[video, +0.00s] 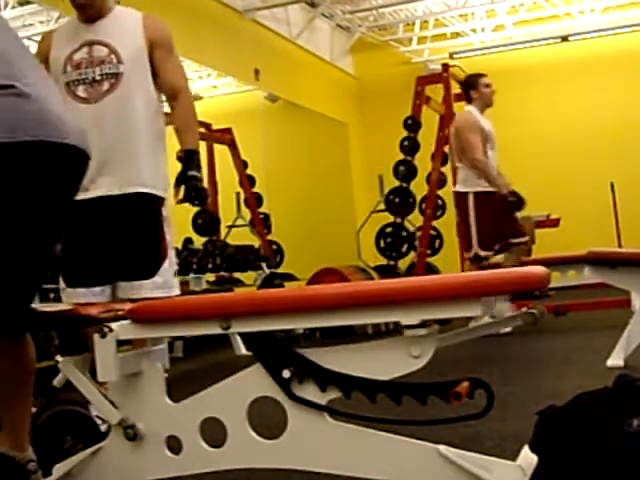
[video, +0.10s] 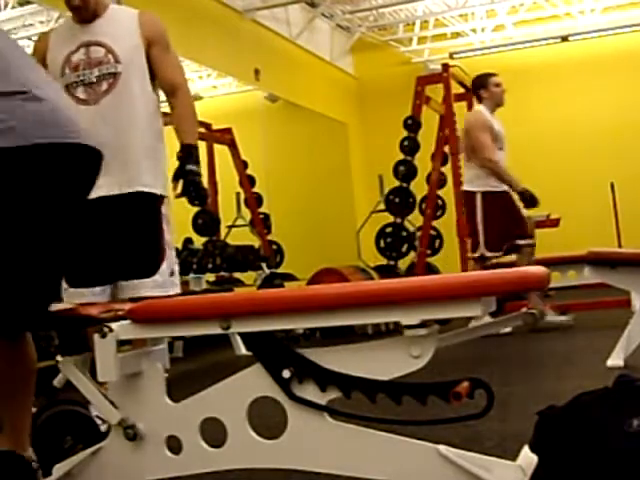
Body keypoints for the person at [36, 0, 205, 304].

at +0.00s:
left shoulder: (148, 30)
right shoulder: (51, 43)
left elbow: (179, 95)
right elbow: (38, 115)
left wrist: (191, 165)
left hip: (139, 186)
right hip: (76, 190)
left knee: (148, 304)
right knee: (84, 305)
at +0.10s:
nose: (76, 0)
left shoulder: (143, 26)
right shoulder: (47, 44)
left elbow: (178, 92)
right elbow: (35, 116)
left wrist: (190, 160)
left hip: (139, 185)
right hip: (75, 190)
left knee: (149, 302)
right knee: (84, 303)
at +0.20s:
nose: (73, 4)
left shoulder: (145, 26)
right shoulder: (46, 46)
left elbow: (180, 88)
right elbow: (40, 117)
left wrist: (189, 152)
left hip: (142, 183)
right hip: (78, 188)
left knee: (152, 294)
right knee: (87, 298)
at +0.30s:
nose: (86, 5)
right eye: (78, 1)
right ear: (67, 0)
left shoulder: (147, 24)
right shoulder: (52, 44)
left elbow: (183, 88)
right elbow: (42, 113)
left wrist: (191, 151)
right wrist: (41, 172)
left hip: (146, 183)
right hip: (83, 189)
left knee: (162, 291)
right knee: (91, 298)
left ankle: (175, 378)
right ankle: (96, 386)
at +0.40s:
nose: (102, 1)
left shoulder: (162, 28)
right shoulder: (65, 40)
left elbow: (194, 92)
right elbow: (46, 111)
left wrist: (203, 158)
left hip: (155, 187)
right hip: (90, 193)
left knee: (177, 301)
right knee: (96, 306)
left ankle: (190, 394)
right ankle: (105, 401)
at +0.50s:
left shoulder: (174, 25)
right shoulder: (78, 38)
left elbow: (205, 91)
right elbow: (55, 105)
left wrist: (212, 158)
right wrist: (35, 157)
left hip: (167, 184)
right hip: (99, 189)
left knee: (183, 304)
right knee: (94, 304)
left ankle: (191, 398)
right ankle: (95, 401)